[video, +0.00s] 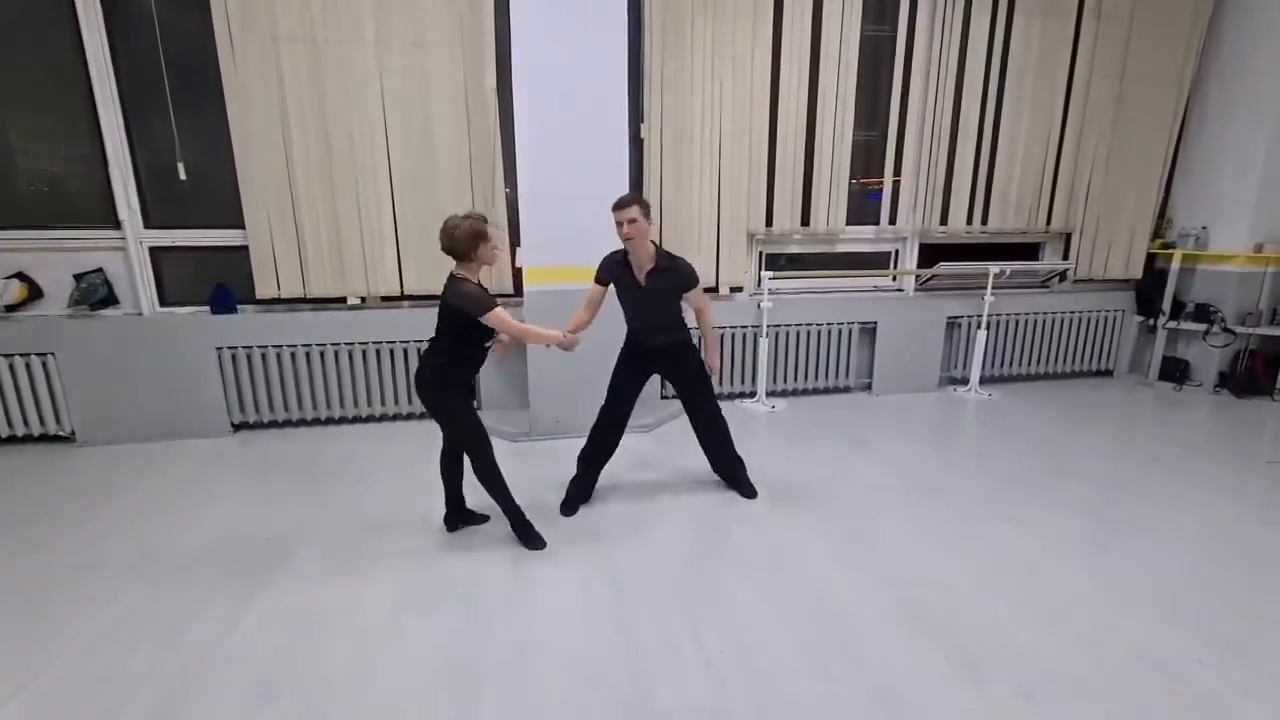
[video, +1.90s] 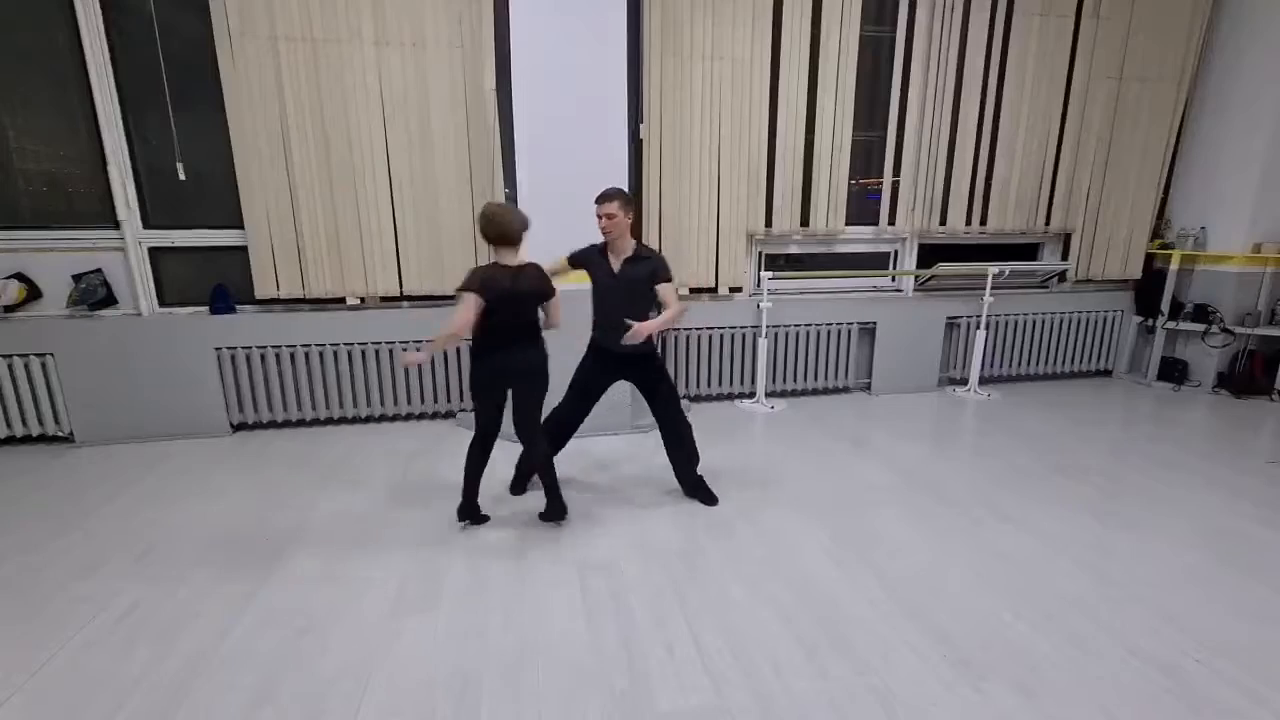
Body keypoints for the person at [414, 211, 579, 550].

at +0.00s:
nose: (495, 245)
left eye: (492, 240)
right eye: (489, 242)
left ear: (467, 252)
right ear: (473, 251)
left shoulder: (472, 280)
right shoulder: (464, 292)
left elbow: (472, 327)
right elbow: (515, 330)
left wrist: (502, 338)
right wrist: (558, 338)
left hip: (454, 378)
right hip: (439, 383)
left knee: (454, 443)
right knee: (479, 445)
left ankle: (455, 511)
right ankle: (518, 520)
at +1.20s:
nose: (472, 257)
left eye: (471, 251)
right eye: (465, 253)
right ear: (446, 261)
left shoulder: (472, 290)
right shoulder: (429, 296)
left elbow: (496, 323)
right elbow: (472, 320)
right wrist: (522, 314)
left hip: (464, 383)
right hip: (435, 388)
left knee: (484, 440)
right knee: (485, 442)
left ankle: (459, 512)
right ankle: (535, 507)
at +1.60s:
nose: (480, 256)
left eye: (478, 250)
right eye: (475, 251)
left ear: (460, 258)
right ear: (457, 259)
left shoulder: (478, 289)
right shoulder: (441, 301)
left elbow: (501, 318)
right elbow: (489, 321)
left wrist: (523, 348)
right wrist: (541, 318)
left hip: (472, 383)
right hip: (448, 388)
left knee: (485, 440)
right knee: (508, 432)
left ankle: (457, 510)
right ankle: (532, 502)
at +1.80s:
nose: (506, 248)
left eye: (504, 242)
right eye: (503, 243)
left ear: (468, 248)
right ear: (492, 248)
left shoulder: (450, 285)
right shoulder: (510, 287)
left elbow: (413, 315)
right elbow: (551, 319)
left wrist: (392, 336)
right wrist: (576, 334)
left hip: (466, 379)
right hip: (503, 379)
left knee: (484, 436)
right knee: (538, 433)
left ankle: (461, 507)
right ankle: (552, 507)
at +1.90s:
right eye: (523, 231)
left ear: (487, 238)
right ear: (522, 236)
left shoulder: (479, 277)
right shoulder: (535, 274)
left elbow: (461, 327)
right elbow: (554, 321)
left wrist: (426, 352)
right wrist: (528, 322)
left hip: (489, 367)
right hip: (530, 365)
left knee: (485, 433)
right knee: (530, 427)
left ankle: (469, 503)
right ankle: (555, 501)